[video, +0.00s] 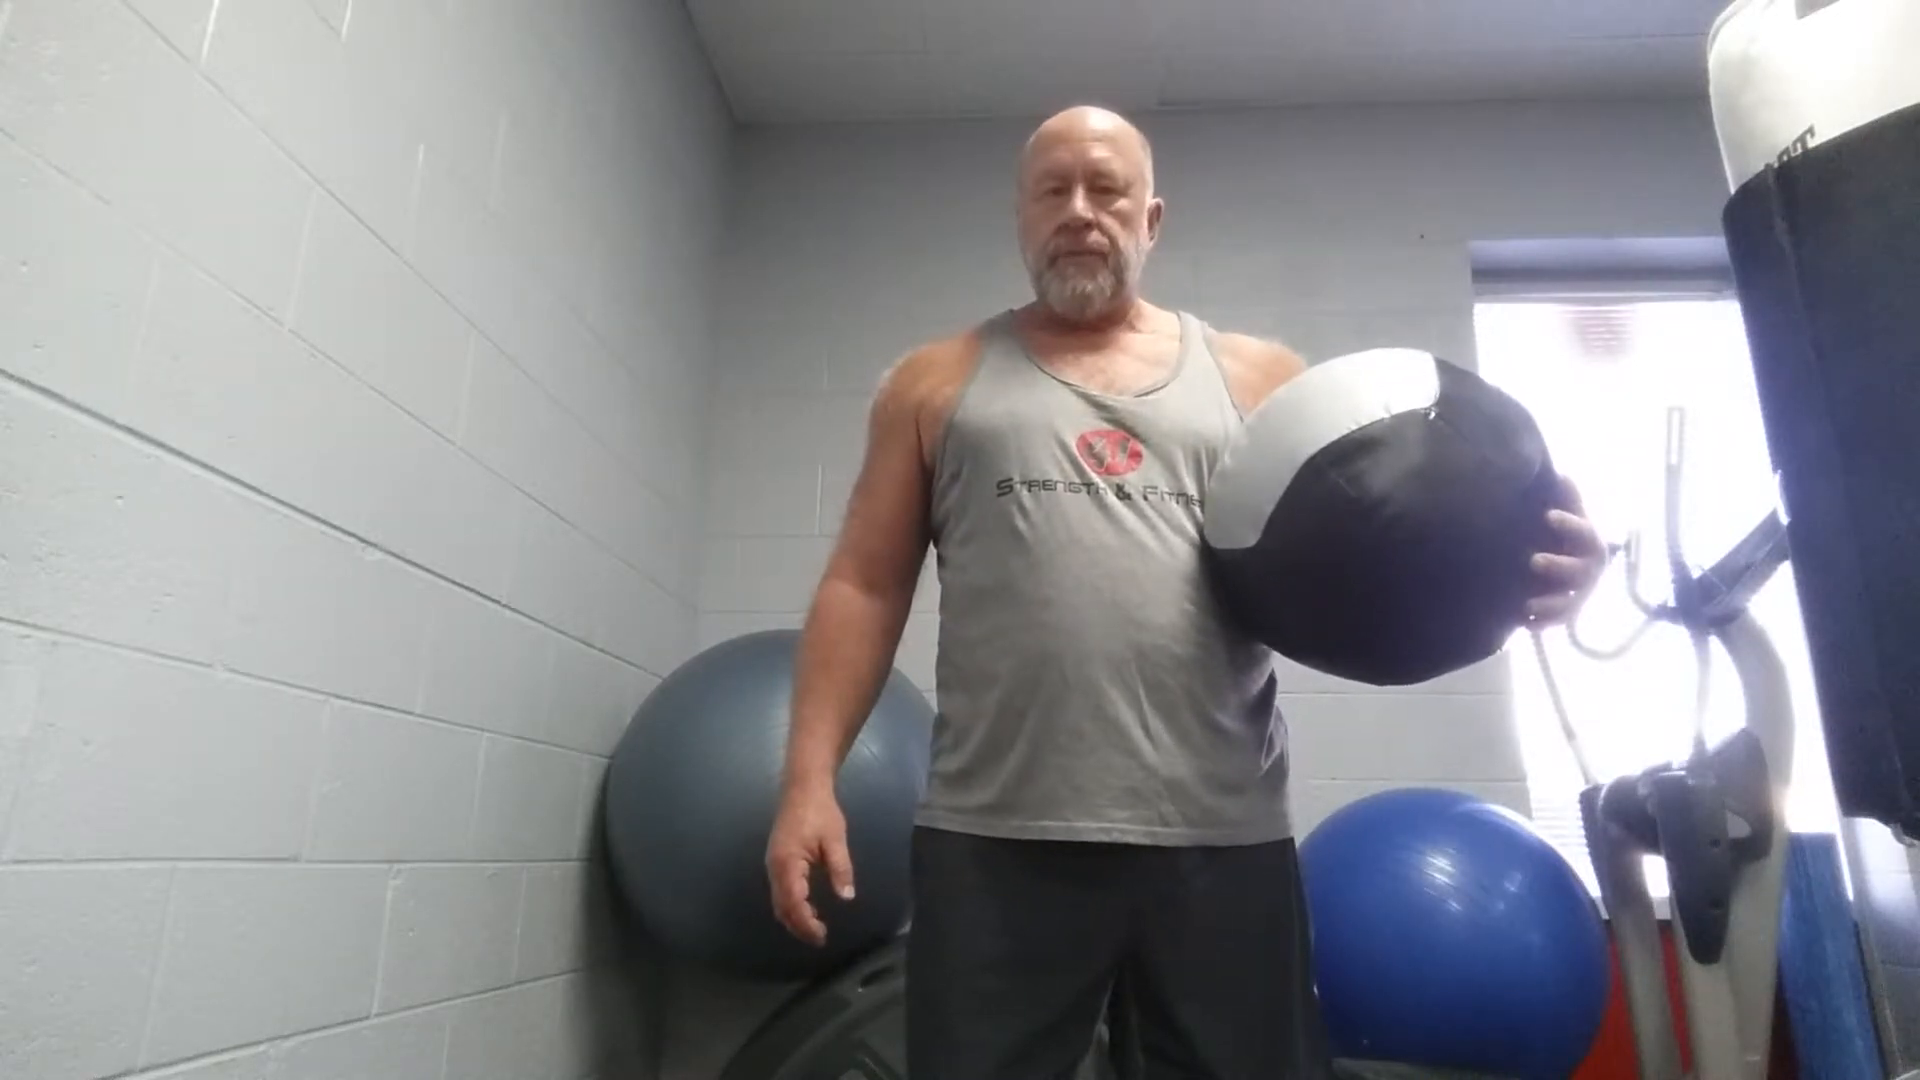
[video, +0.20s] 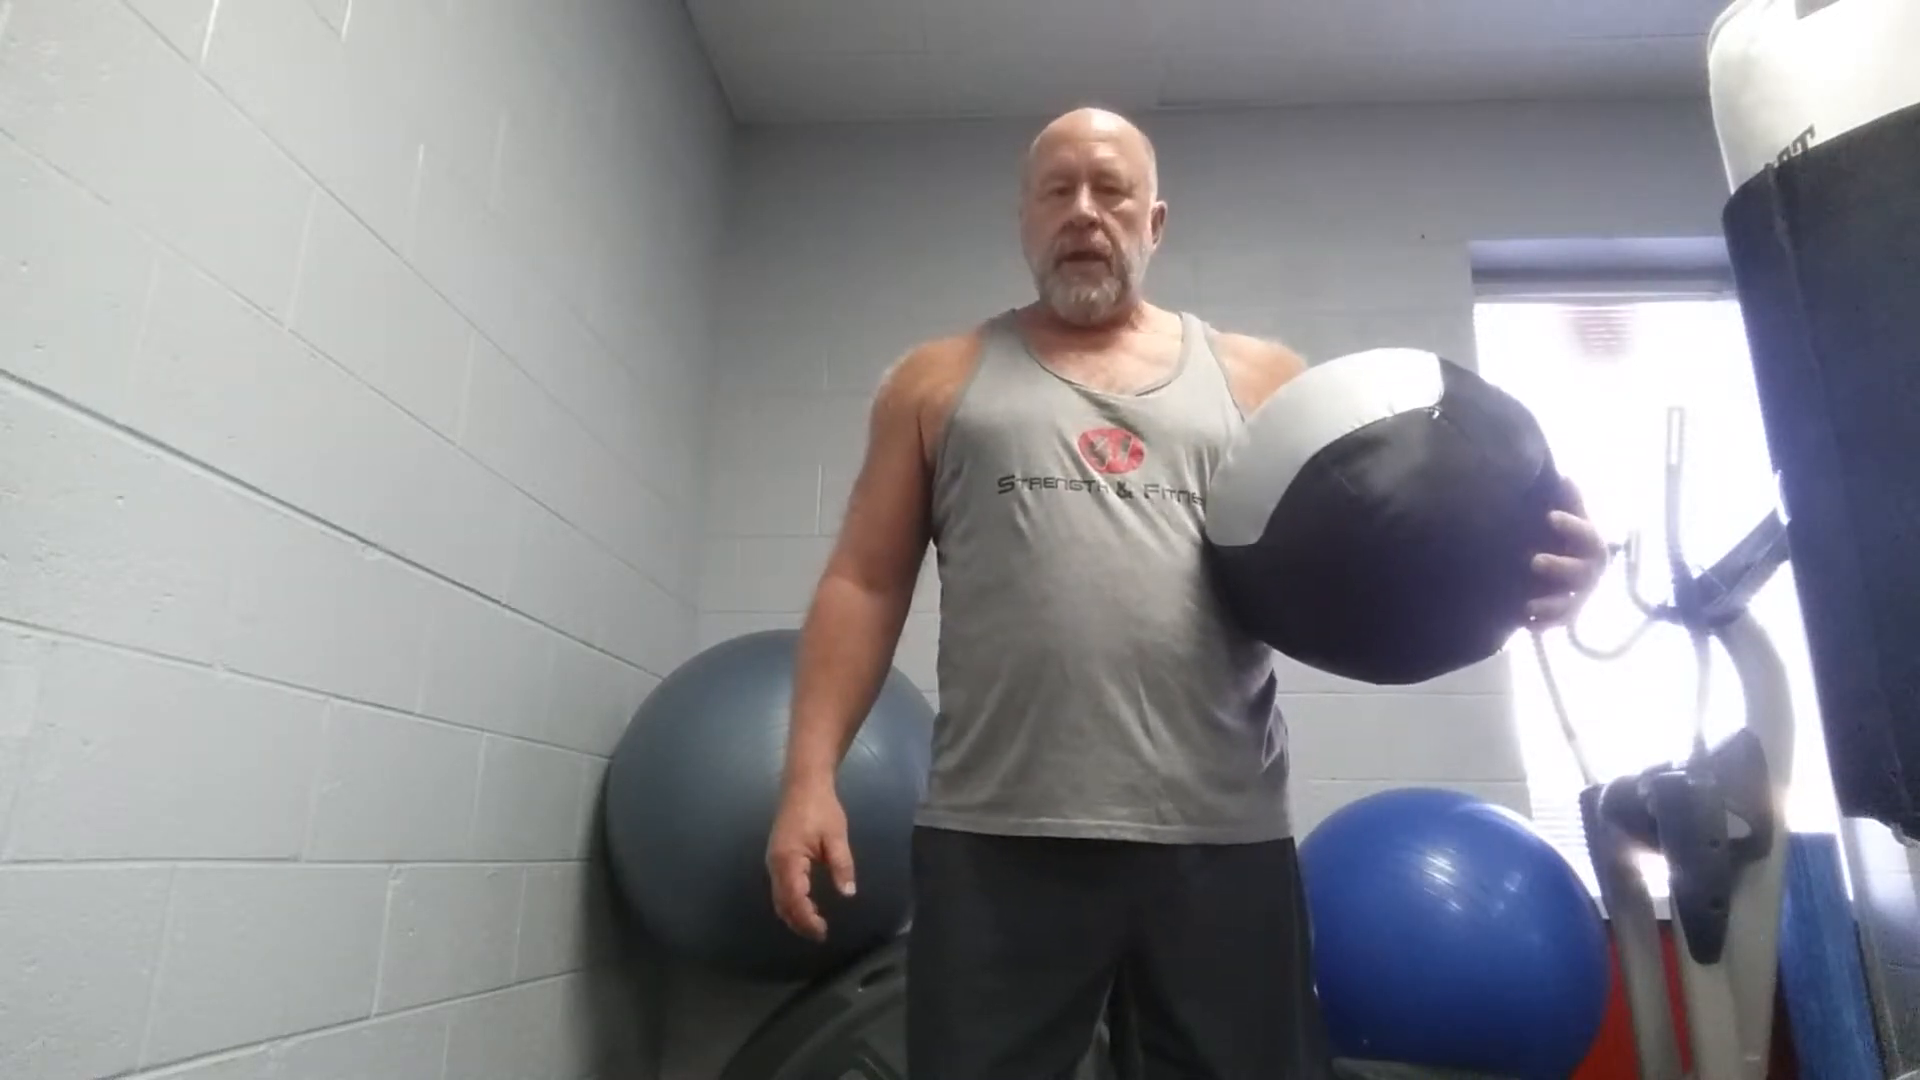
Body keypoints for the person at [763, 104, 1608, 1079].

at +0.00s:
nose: (1080, 212)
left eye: (1107, 190)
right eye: (1054, 190)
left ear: (1152, 215)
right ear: (1018, 215)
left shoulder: (1257, 375)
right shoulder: (936, 384)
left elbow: (1402, 533)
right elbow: (865, 583)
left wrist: (1543, 566)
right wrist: (808, 780)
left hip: (1223, 849)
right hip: (993, 848)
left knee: (1252, 1067)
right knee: (976, 1066)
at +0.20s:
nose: (1086, 211)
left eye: (1112, 191)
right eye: (1059, 190)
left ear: (1156, 220)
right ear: (1021, 220)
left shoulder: (1258, 376)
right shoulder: (939, 382)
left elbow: (1404, 531)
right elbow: (864, 582)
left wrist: (1544, 565)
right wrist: (809, 778)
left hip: (1223, 846)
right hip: (994, 844)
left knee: (1248, 1068)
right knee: (977, 1067)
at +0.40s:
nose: (1090, 207)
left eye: (1118, 188)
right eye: (1064, 185)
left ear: (1161, 221)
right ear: (1026, 213)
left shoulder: (1257, 373)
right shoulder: (940, 376)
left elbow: (1405, 522)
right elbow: (862, 576)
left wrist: (1547, 560)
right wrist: (810, 765)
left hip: (1222, 843)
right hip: (996, 839)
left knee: (1250, 1066)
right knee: (975, 1065)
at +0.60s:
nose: (1091, 206)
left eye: (1120, 187)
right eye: (1066, 183)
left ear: (1160, 222)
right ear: (1029, 212)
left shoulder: (1253, 373)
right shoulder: (936, 379)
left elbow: (1400, 525)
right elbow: (853, 558)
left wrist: (1540, 565)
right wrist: (876, 623)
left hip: (1221, 844)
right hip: (994, 844)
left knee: (1249, 1067)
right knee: (975, 1067)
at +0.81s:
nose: (1088, 206)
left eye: (1118, 187)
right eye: (1065, 183)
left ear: (1159, 223)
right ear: (1028, 212)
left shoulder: (1253, 374)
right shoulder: (936, 375)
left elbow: (1394, 533)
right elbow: (841, 589)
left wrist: (1537, 568)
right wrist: (877, 539)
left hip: (1219, 838)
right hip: (993, 839)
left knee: (1250, 1065)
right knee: (973, 1067)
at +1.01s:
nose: (1096, 203)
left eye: (1126, 186)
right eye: (1072, 180)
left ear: (1163, 224)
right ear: (1033, 210)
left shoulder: (1253, 374)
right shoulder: (936, 373)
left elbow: (1391, 533)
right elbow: (843, 587)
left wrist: (1538, 566)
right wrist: (880, 536)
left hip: (1217, 838)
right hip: (992, 838)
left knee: (1246, 1076)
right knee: (971, 1075)